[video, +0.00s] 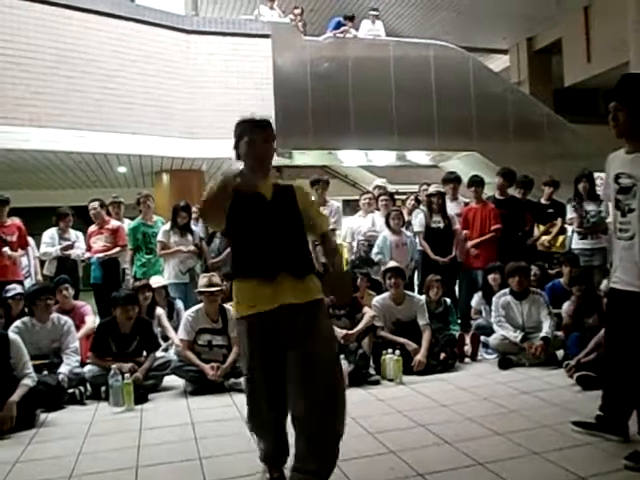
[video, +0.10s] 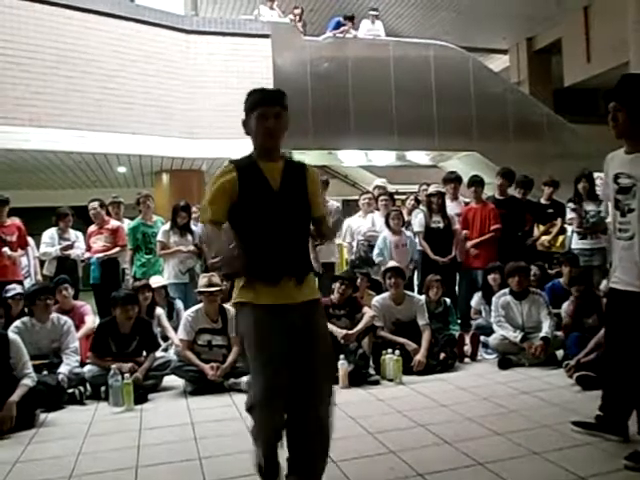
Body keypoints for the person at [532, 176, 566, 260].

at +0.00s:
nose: (551, 191)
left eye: (553, 188)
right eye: (549, 187)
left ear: (555, 190)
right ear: (543, 187)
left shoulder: (560, 205)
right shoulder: (535, 204)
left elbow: (559, 223)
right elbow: (535, 223)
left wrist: (549, 238)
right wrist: (539, 238)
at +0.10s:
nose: (550, 191)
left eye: (553, 188)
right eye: (548, 187)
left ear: (555, 191)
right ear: (543, 187)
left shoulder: (559, 205)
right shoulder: (535, 204)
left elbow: (559, 223)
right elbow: (534, 223)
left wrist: (549, 238)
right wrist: (539, 238)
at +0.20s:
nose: (551, 190)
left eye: (554, 188)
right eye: (549, 186)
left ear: (556, 190)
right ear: (543, 187)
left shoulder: (560, 205)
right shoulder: (535, 204)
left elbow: (559, 223)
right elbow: (534, 224)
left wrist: (549, 239)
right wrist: (539, 239)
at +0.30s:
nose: (551, 190)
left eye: (554, 187)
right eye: (549, 186)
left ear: (556, 190)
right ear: (543, 187)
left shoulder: (560, 205)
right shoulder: (535, 205)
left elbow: (559, 223)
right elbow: (535, 224)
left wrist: (550, 238)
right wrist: (540, 239)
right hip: (539, 240)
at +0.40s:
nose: (551, 190)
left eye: (554, 188)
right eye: (549, 186)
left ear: (556, 190)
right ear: (543, 187)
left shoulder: (560, 205)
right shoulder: (535, 205)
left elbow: (559, 223)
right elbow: (534, 224)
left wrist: (549, 239)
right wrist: (541, 239)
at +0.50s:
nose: (552, 190)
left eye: (554, 187)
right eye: (549, 186)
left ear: (556, 190)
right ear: (543, 187)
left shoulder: (560, 205)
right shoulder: (536, 205)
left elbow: (560, 223)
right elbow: (535, 224)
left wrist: (550, 239)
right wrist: (540, 239)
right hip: (540, 241)